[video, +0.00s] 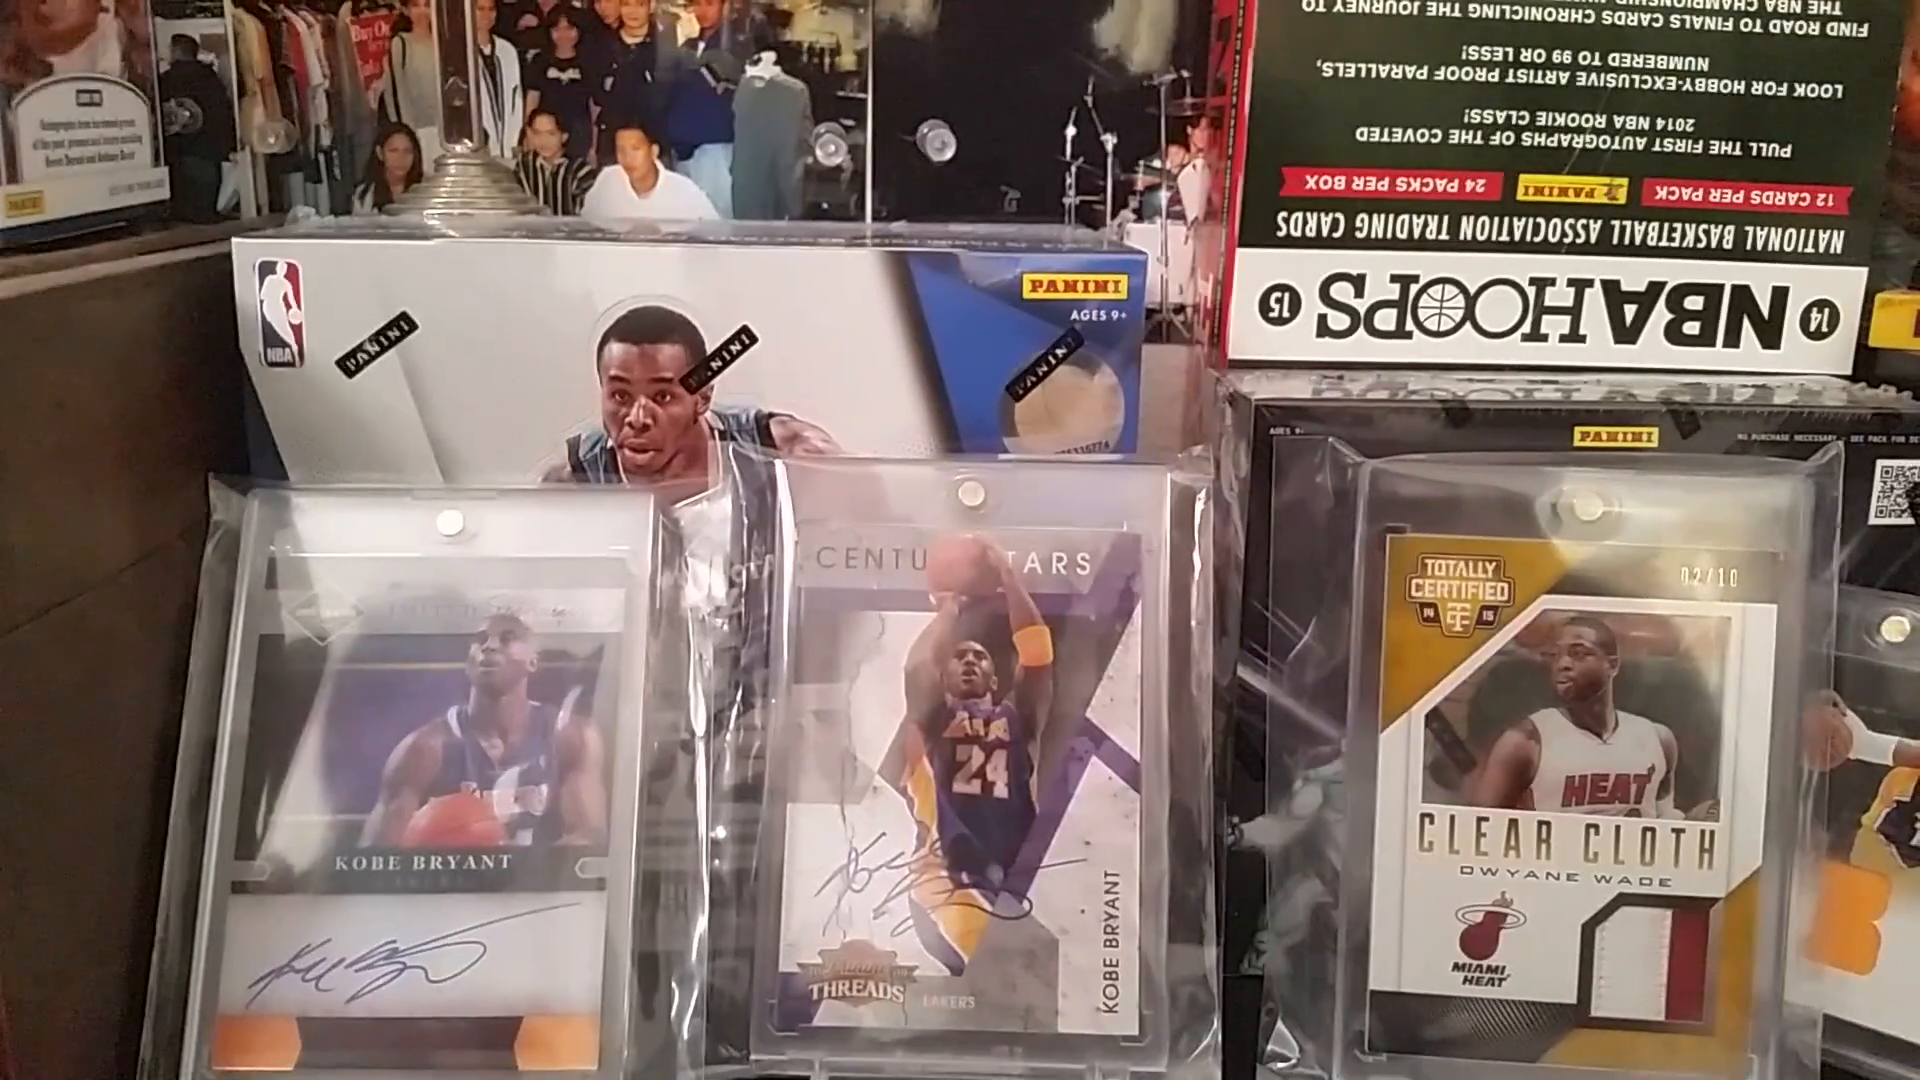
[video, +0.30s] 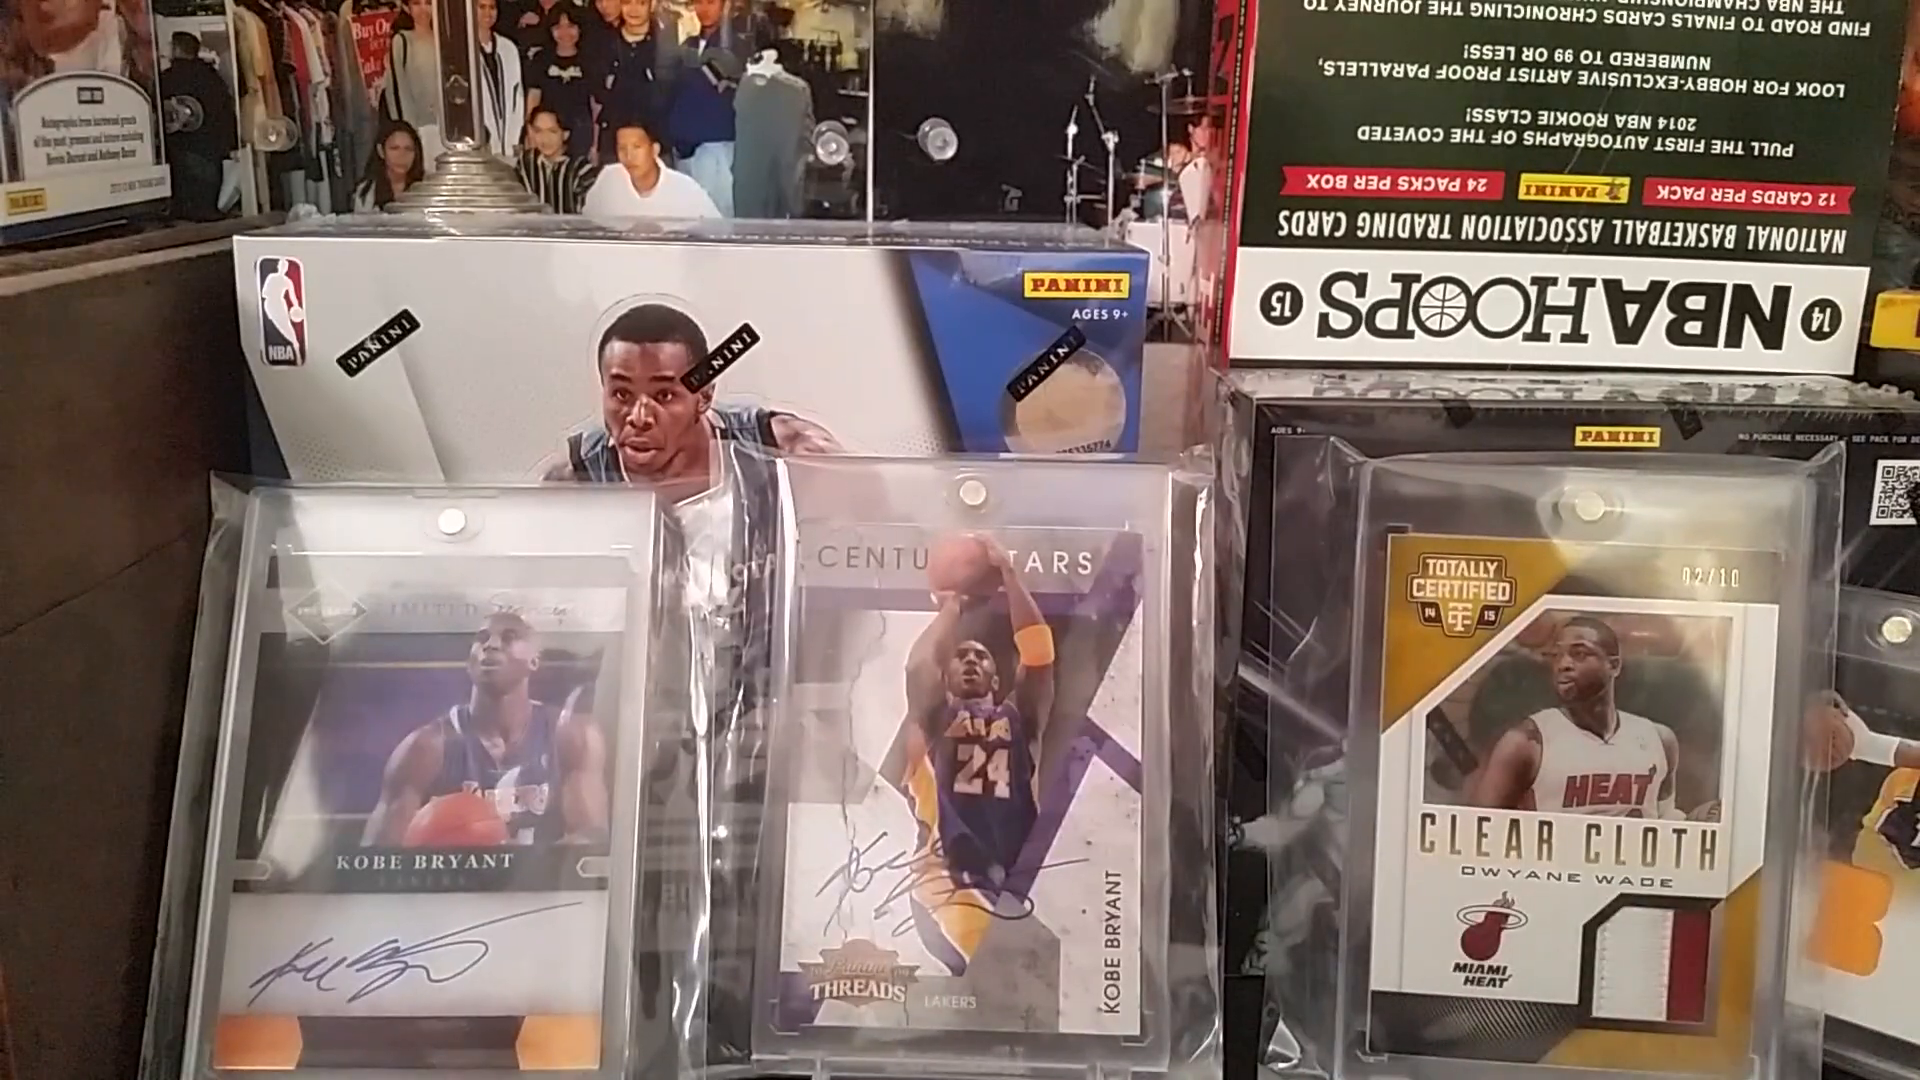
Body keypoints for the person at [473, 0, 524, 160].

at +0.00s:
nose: (487, 15)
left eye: (491, 9)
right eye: (481, 9)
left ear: (496, 12)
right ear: (469, 12)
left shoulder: (508, 50)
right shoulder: (461, 53)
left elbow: (518, 97)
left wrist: (513, 144)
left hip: (511, 149)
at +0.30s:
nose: (488, 13)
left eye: (492, 7)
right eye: (482, 7)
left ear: (497, 11)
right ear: (471, 11)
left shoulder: (509, 47)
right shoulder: (464, 50)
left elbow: (519, 93)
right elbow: (463, 99)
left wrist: (515, 140)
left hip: (511, 144)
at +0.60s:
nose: (489, 13)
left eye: (493, 7)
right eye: (482, 7)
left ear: (497, 10)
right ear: (471, 10)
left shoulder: (510, 48)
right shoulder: (464, 50)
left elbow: (519, 95)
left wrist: (515, 141)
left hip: (511, 145)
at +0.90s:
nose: (488, 13)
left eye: (492, 7)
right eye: (482, 7)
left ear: (497, 11)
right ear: (471, 11)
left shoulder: (509, 48)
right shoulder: (464, 50)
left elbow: (519, 94)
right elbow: (463, 100)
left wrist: (515, 141)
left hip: (511, 145)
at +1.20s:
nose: (488, 13)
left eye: (492, 7)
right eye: (482, 7)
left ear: (497, 11)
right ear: (471, 11)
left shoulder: (509, 48)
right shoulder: (464, 50)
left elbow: (519, 94)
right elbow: (463, 100)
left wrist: (515, 141)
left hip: (511, 145)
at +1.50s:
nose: (489, 13)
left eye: (493, 8)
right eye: (482, 7)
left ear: (498, 11)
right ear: (472, 11)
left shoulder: (510, 48)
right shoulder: (465, 50)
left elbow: (520, 95)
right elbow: (464, 100)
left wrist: (515, 140)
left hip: (511, 144)